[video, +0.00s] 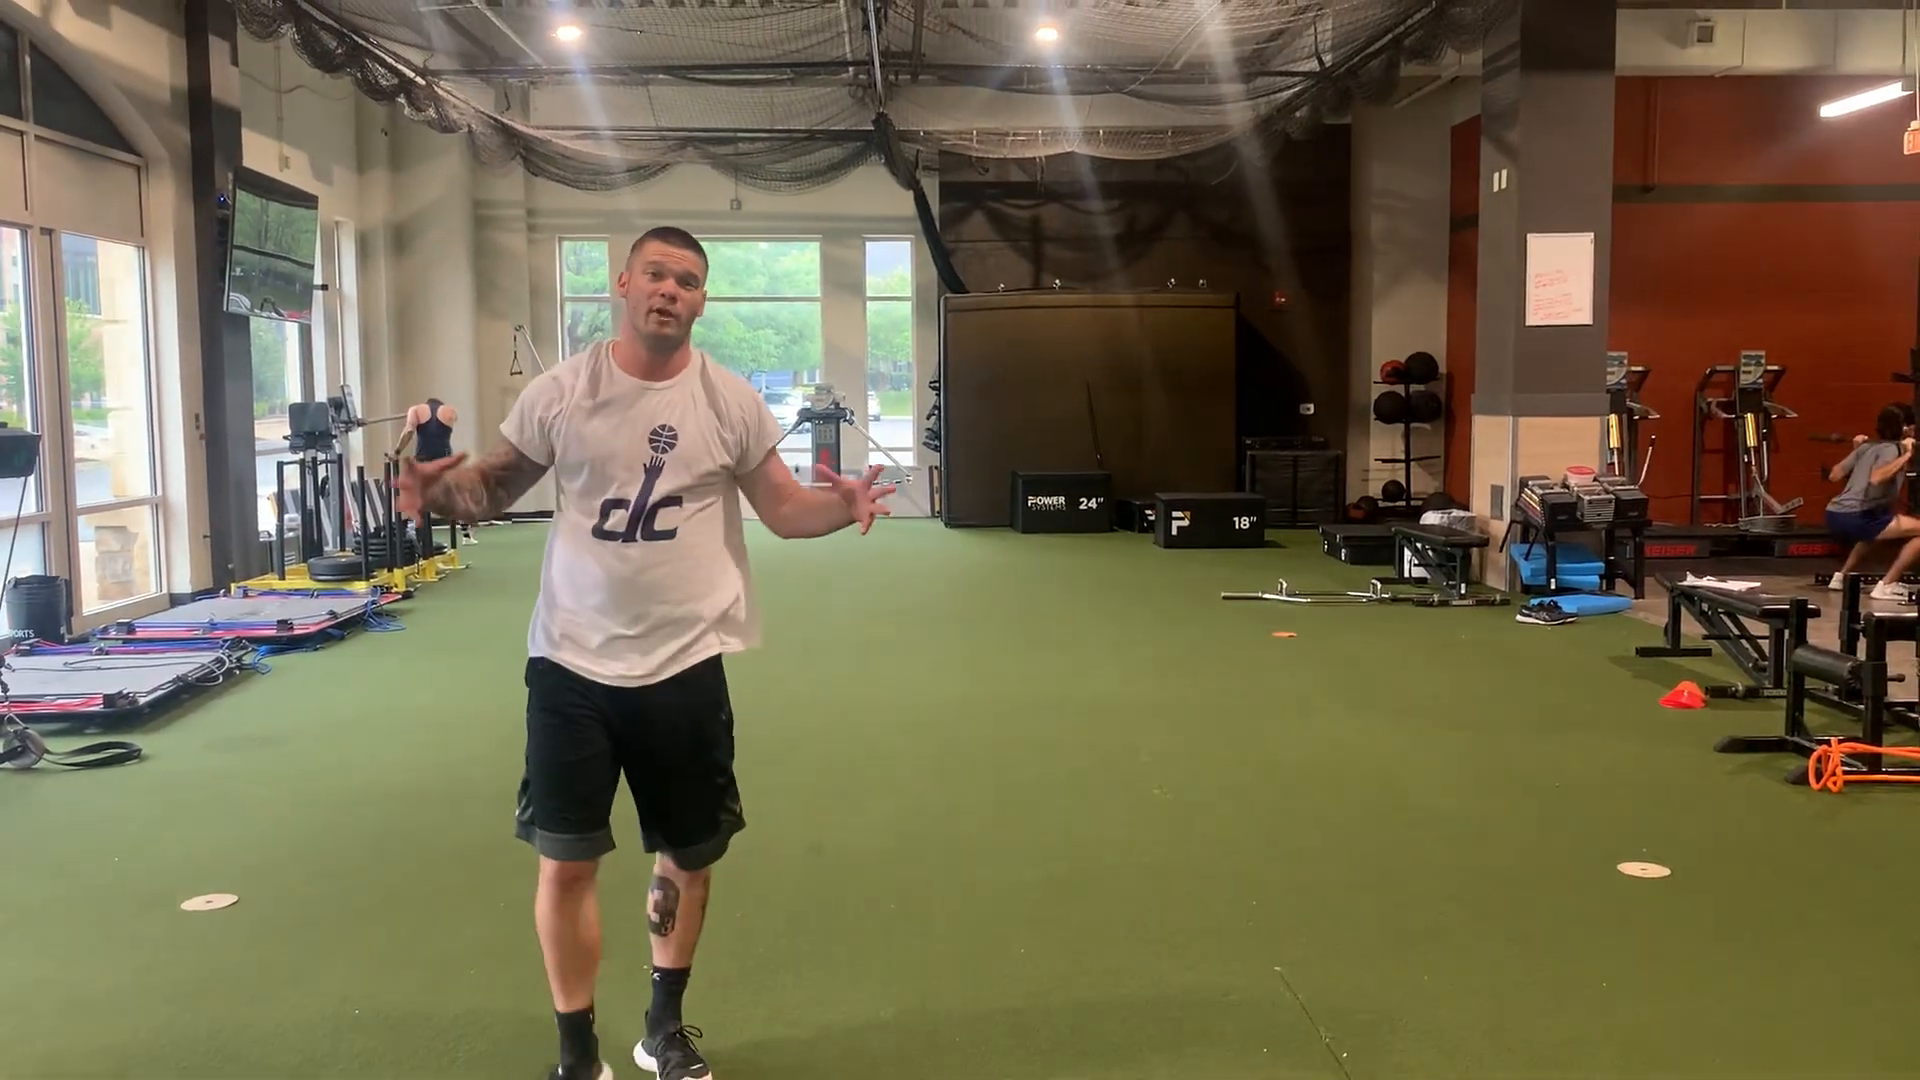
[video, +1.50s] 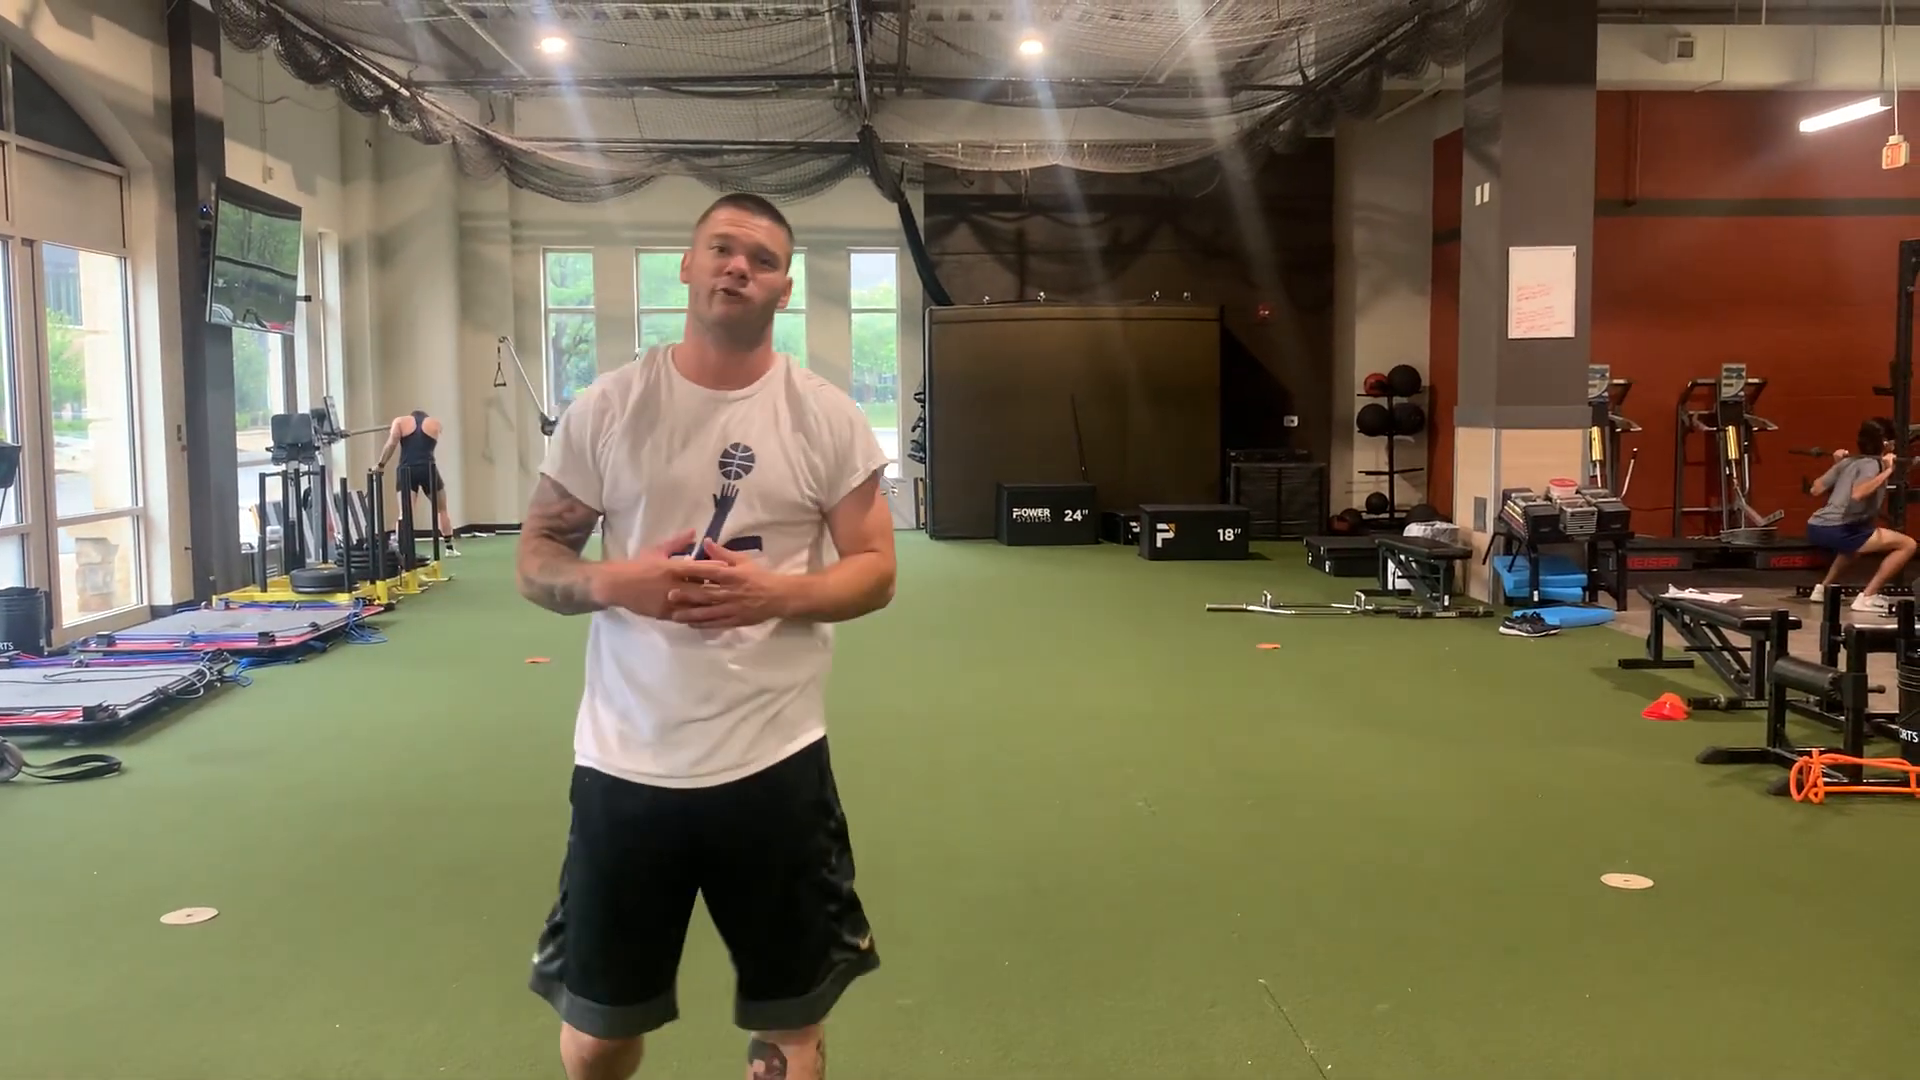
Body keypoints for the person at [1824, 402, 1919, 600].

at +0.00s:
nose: (1914, 429)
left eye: (1913, 425)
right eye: (1912, 425)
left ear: (1882, 426)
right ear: (1903, 428)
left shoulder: (1866, 448)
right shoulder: (1892, 449)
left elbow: (1834, 475)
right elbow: (1876, 478)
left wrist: (1856, 450)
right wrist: (1906, 455)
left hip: (1834, 515)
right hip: (1858, 519)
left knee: (1876, 530)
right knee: (1917, 529)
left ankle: (1841, 576)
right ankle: (1887, 584)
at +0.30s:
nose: (1909, 418)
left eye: (1908, 413)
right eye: (1906, 413)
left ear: (1878, 416)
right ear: (1897, 417)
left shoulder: (1861, 437)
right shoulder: (1889, 439)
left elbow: (1830, 466)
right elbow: (1872, 467)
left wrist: (1851, 439)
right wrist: (1902, 444)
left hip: (1832, 503)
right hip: (1856, 507)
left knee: (1867, 533)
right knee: (1916, 532)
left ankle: (1836, 579)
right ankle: (1881, 587)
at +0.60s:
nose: (1906, 376)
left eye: (1906, 372)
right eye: (1904, 372)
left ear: (1876, 373)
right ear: (1895, 374)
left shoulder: (1860, 397)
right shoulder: (1886, 396)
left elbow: (1831, 425)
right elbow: (1873, 425)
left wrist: (1849, 397)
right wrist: (1901, 399)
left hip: (1835, 467)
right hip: (1857, 472)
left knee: (1854, 523)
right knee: (1894, 525)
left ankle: (1830, 582)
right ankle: (1876, 590)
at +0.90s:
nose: (1901, 374)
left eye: (1901, 370)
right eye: (1899, 370)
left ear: (1871, 372)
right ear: (1890, 373)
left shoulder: (1857, 396)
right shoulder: (1882, 396)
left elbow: (1829, 425)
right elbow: (1870, 425)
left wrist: (1846, 396)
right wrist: (1897, 399)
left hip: (1833, 467)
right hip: (1854, 472)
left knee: (1847, 526)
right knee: (1888, 527)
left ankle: (1827, 583)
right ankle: (1873, 591)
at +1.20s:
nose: (1896, 422)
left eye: (1896, 418)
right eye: (1895, 417)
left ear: (1866, 419)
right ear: (1887, 421)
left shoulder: (1852, 441)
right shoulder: (1877, 442)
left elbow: (1822, 469)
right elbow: (1863, 472)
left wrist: (1841, 443)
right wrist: (1892, 448)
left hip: (1824, 508)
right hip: (1847, 512)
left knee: (1856, 542)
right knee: (1910, 540)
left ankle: (1826, 585)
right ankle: (1872, 593)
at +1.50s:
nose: (1893, 445)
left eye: (1893, 440)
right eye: (1892, 440)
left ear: (1863, 442)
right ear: (1883, 444)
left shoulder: (1848, 462)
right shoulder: (1871, 464)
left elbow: (1816, 489)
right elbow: (1857, 494)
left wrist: (1837, 465)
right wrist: (1887, 470)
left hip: (1816, 528)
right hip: (1841, 533)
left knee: (1857, 544)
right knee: (1908, 545)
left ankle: (1823, 588)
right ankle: (1868, 597)